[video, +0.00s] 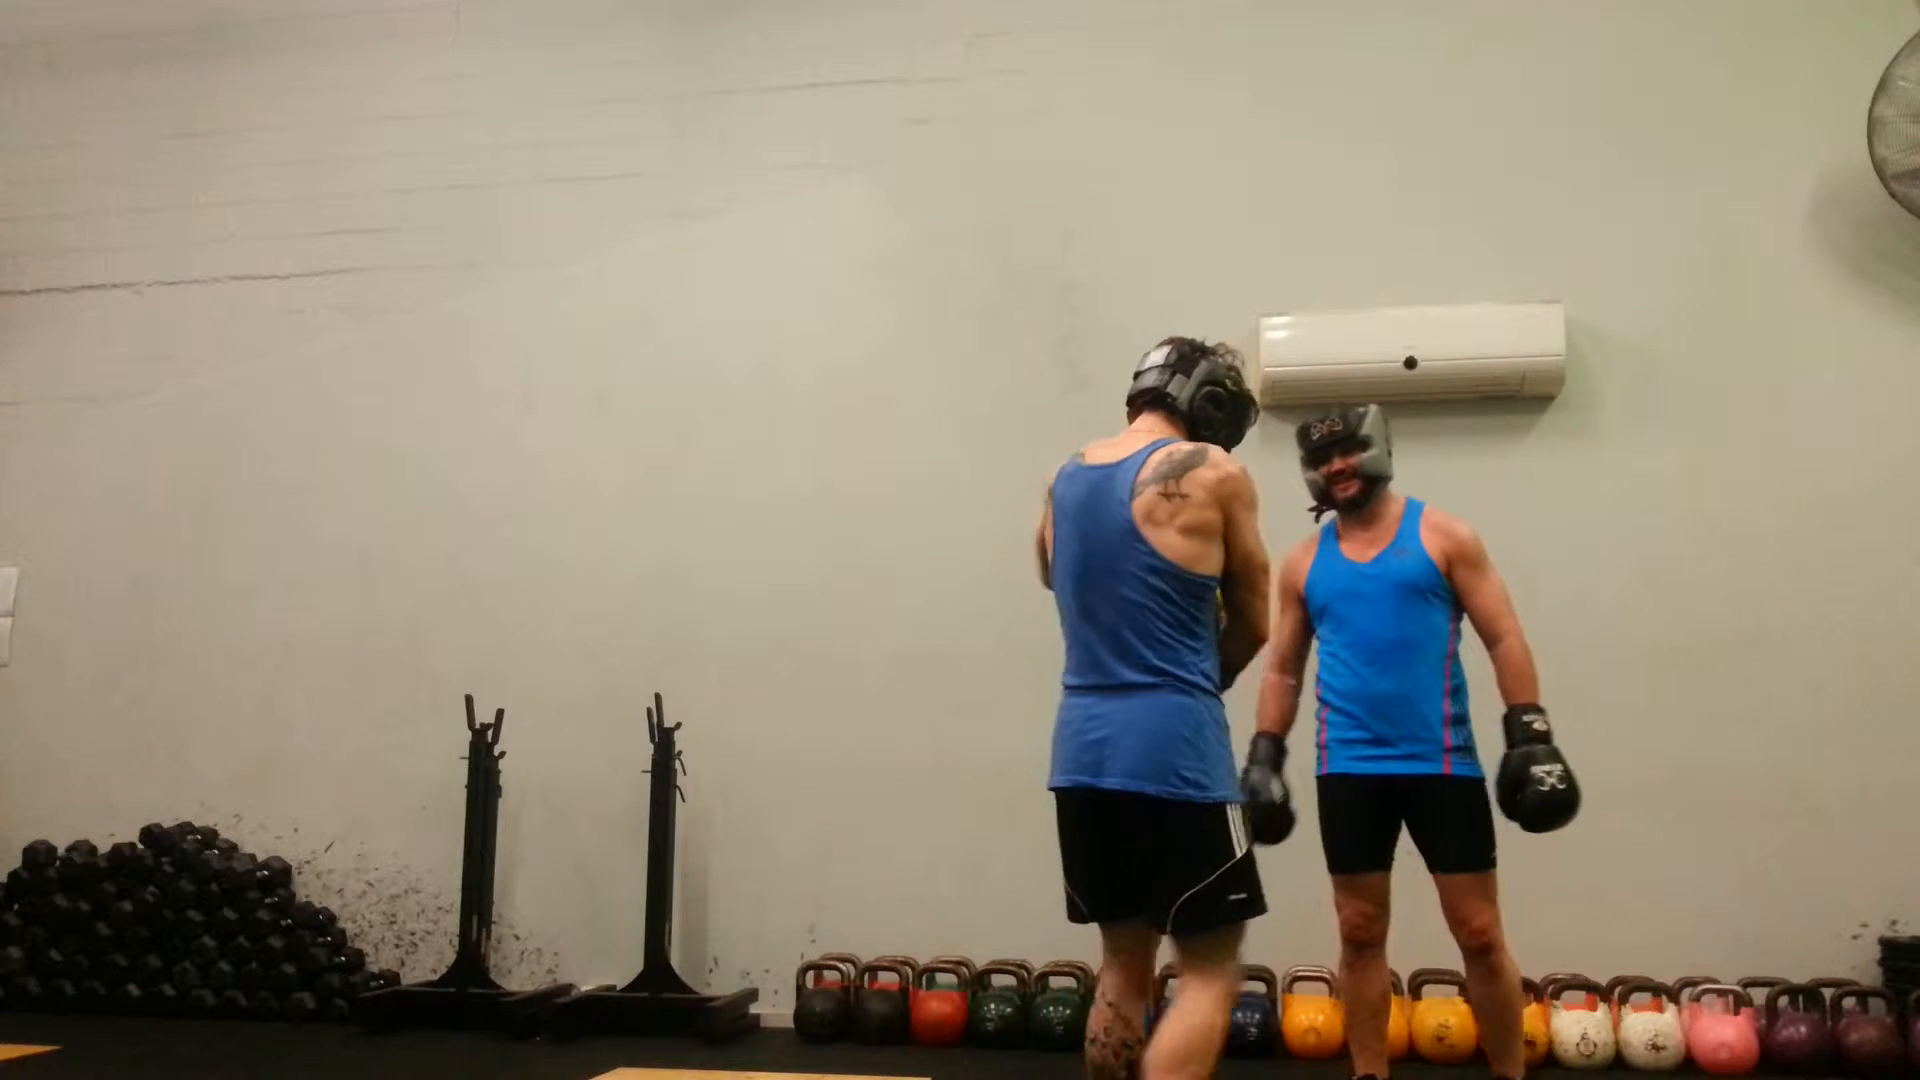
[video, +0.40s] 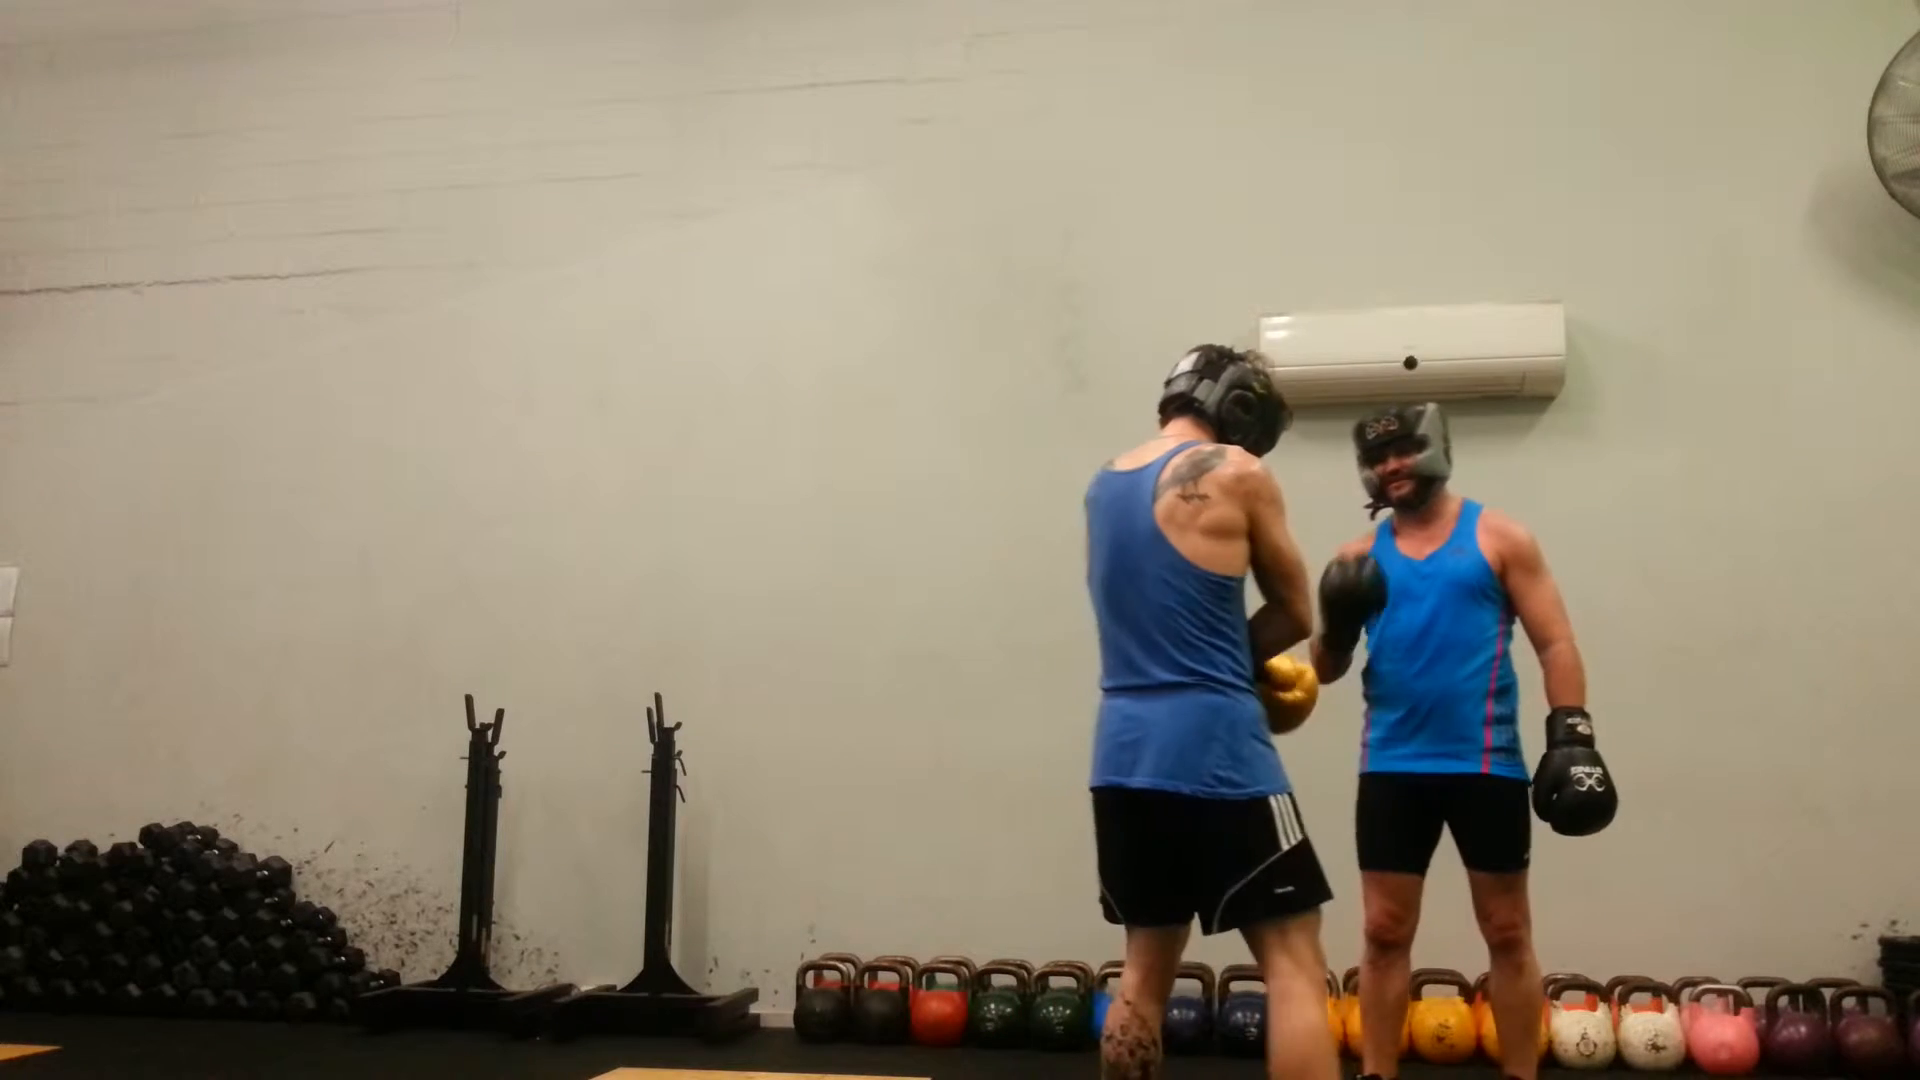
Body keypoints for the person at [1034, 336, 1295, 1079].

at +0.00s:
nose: (1227, 437)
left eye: (1229, 425)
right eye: (1226, 422)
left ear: (1138, 398)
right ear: (1205, 404)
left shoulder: (1069, 472)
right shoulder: (1216, 471)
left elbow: (1055, 573)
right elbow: (1253, 622)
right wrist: (1186, 687)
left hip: (1082, 762)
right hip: (1177, 765)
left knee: (1122, 962)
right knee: (1209, 972)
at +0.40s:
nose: (1254, 442)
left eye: (1259, 433)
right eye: (1256, 428)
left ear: (1170, 404)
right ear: (1235, 410)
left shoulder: (1107, 478)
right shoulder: (1240, 472)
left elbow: (1147, 621)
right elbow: (1295, 614)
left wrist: (1243, 669)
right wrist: (1208, 657)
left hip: (1124, 764)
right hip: (1221, 763)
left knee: (1145, 964)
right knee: (1294, 967)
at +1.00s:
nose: (1419, 385)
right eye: (1416, 374)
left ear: (1318, 375)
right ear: (1406, 384)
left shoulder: (1258, 456)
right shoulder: (1430, 476)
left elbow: (1211, 562)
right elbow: (1431, 601)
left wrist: (1285, 621)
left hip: (1251, 758)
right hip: (1364, 762)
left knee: (1216, 975)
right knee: (1363, 985)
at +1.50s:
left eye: (1311, 358)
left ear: (1312, 363)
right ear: (1401, 364)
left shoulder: (1266, 449)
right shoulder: (1453, 462)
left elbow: (1194, 542)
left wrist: (1244, 579)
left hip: (1297, 760)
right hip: (1415, 762)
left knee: (1300, 996)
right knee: (1390, 999)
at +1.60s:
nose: (1292, 373)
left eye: (1293, 362)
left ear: (1301, 366)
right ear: (1393, 364)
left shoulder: (1264, 450)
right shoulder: (1456, 460)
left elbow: (1193, 562)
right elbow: (1446, 567)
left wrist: (1243, 591)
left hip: (1299, 756)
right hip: (1416, 760)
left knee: (1309, 995)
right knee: (1392, 1000)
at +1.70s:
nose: (1272, 383)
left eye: (1274, 371)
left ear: (1289, 368)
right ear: (1375, 361)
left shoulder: (1263, 452)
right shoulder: (1457, 459)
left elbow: (1197, 579)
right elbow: (1464, 612)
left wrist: (1256, 603)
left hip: (1304, 757)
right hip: (1421, 761)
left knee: (1316, 1009)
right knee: (1392, 1004)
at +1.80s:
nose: (1255, 384)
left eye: (1257, 372)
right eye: (1257, 372)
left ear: (1277, 371)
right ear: (1365, 364)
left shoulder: (1251, 456)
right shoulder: (1457, 456)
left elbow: (1206, 594)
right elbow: (1485, 618)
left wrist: (1267, 575)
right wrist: (1392, 617)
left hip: (1312, 756)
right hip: (1434, 760)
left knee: (1324, 1013)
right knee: (1399, 998)